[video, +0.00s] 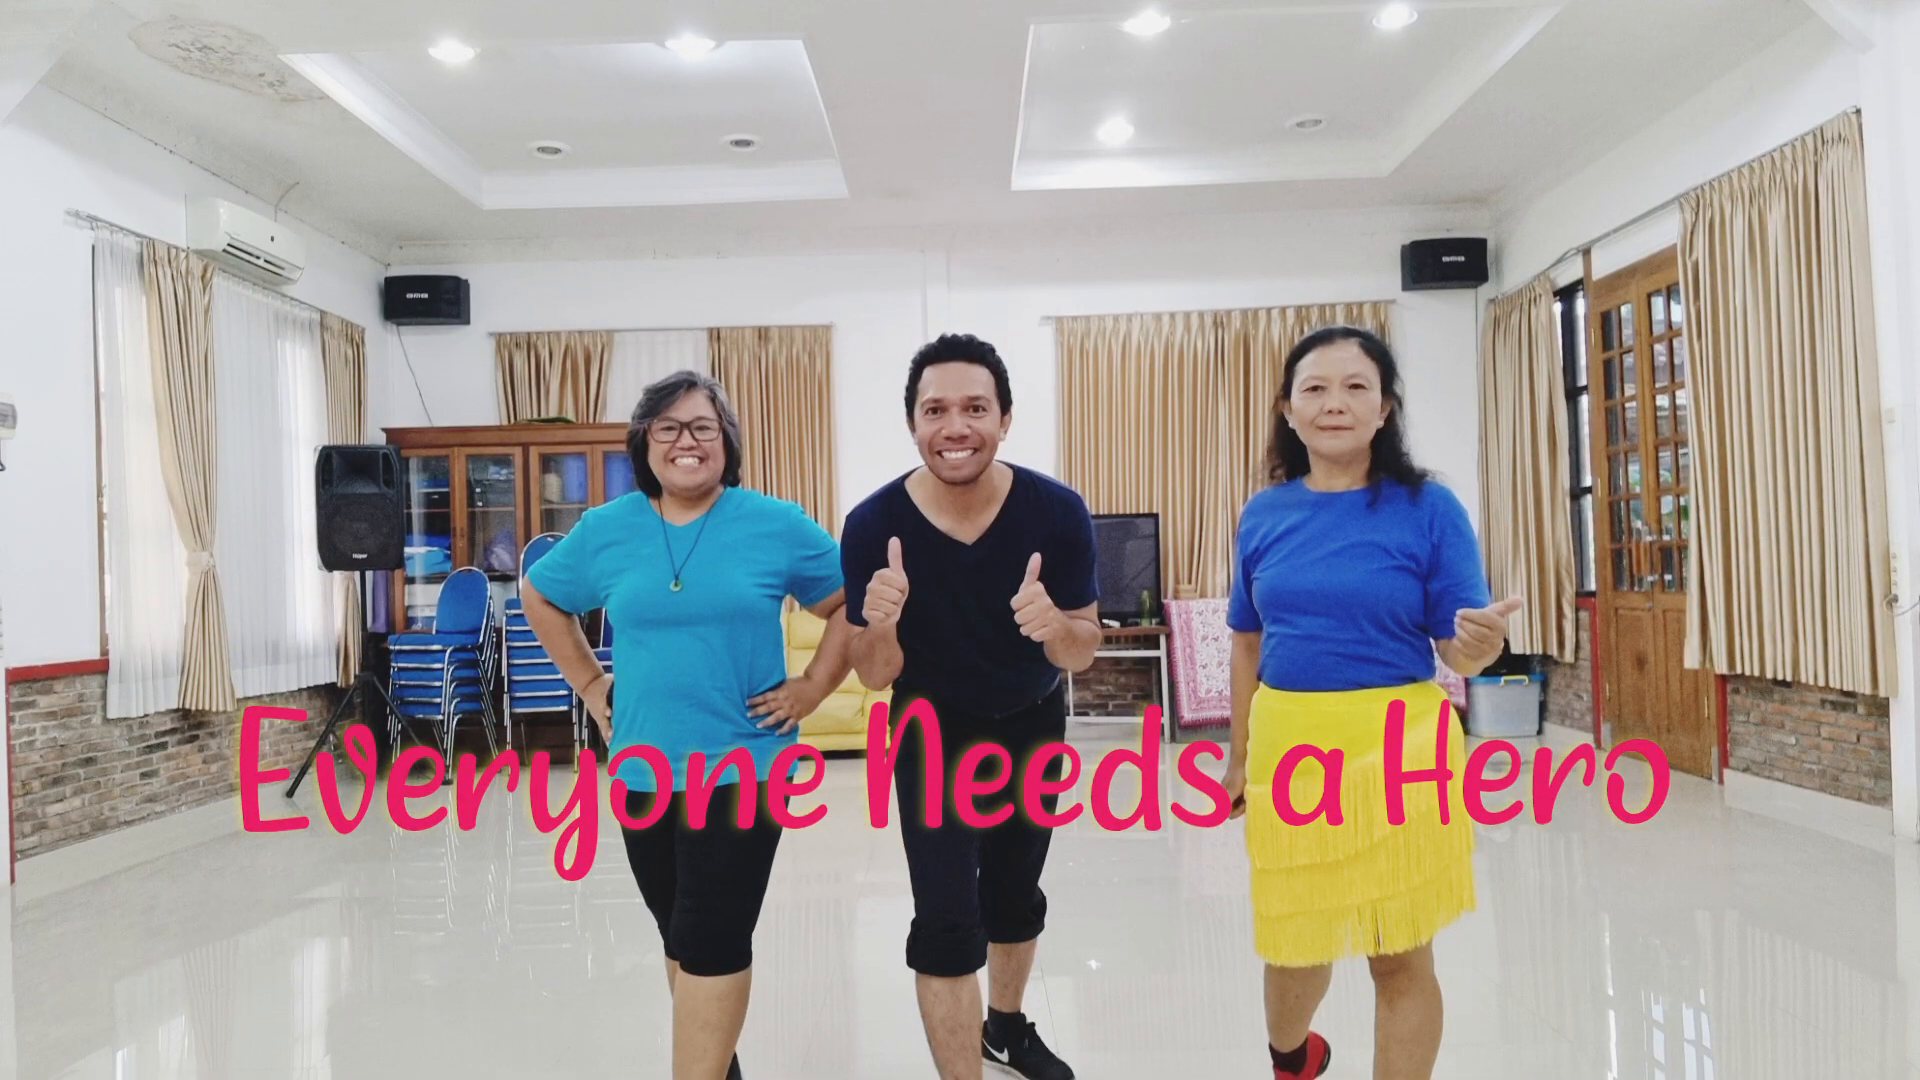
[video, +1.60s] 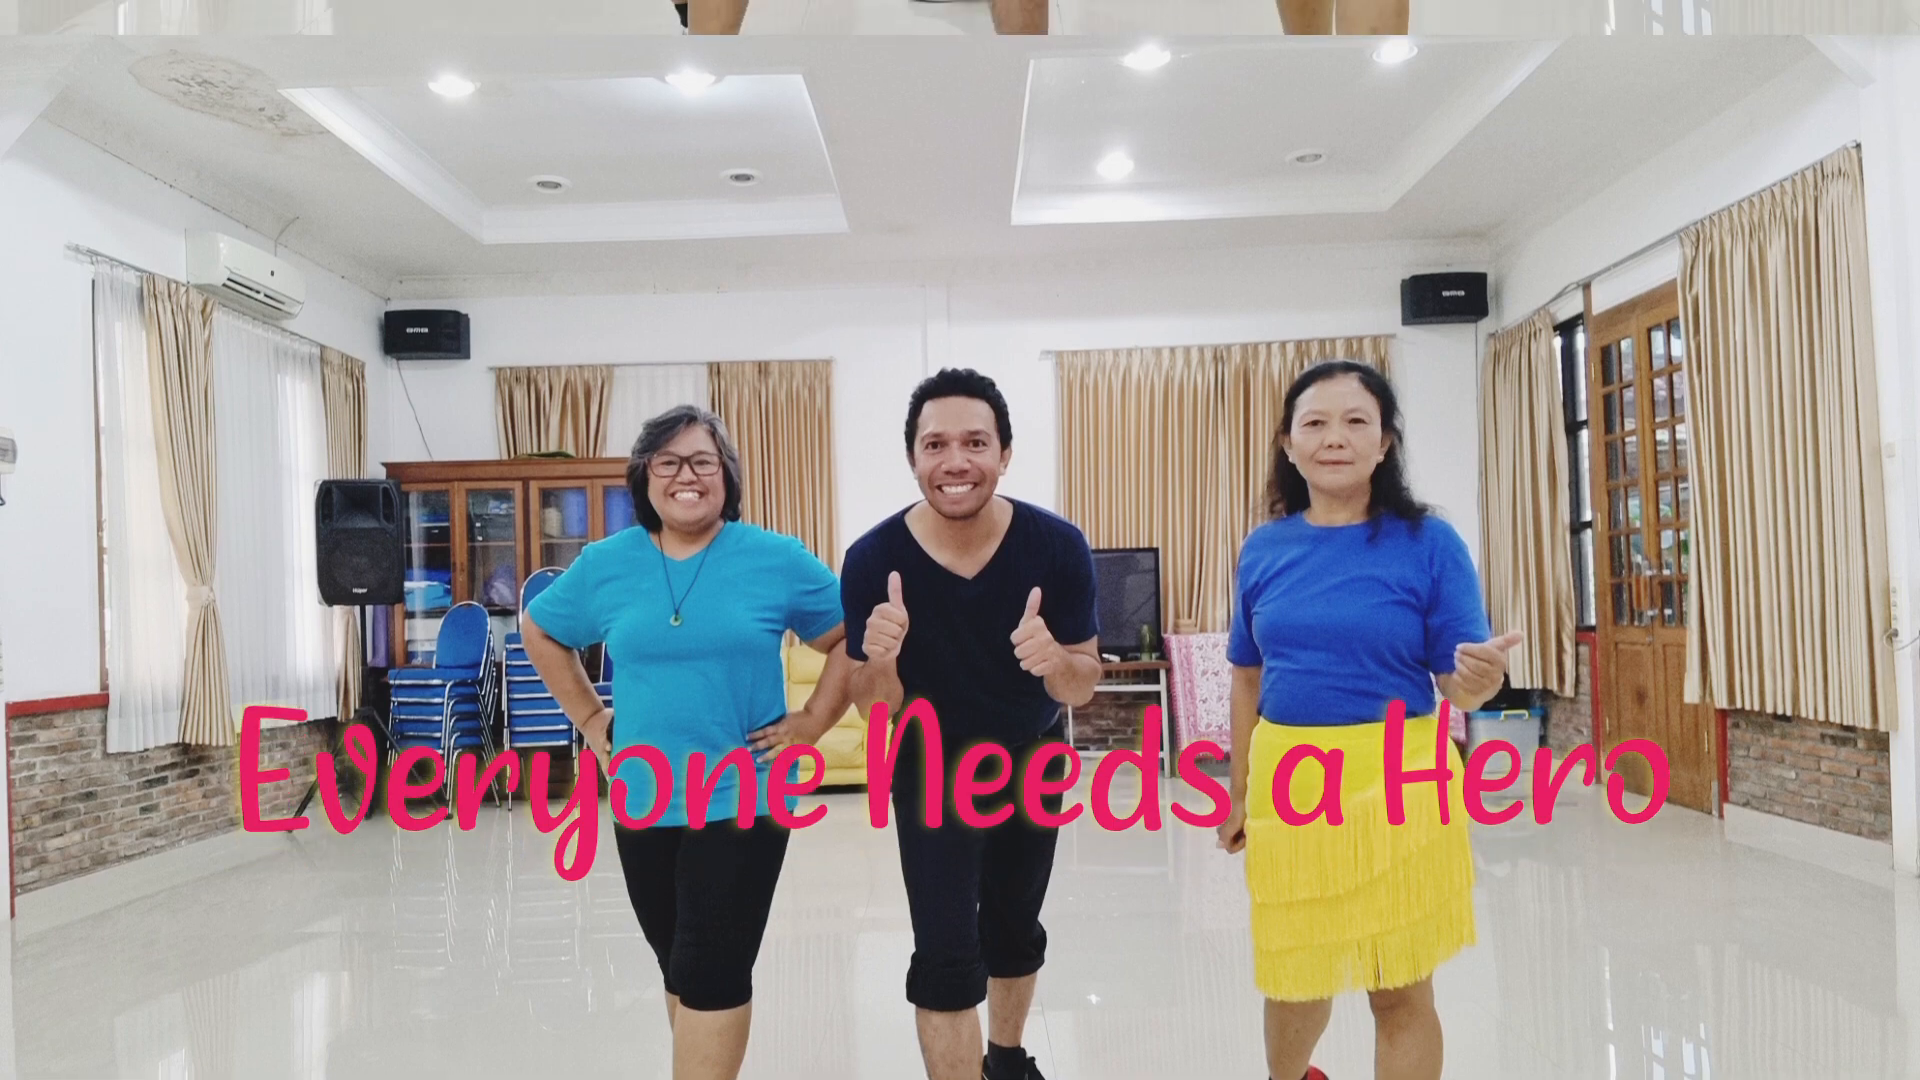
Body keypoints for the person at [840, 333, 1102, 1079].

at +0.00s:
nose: (956, 427)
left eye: (975, 408)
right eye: (936, 410)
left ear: (1004, 420)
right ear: (913, 424)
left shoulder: (1059, 514)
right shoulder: (873, 526)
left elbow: (1081, 654)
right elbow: (875, 673)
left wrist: (1054, 626)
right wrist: (880, 627)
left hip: (1030, 722)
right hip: (930, 725)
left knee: (1016, 894)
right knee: (949, 920)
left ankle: (1006, 1026)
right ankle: (959, 1076)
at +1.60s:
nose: (955, 462)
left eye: (974, 443)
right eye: (936, 444)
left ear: (1004, 455)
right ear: (913, 459)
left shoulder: (1057, 547)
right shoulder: (872, 561)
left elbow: (1082, 689)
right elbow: (872, 699)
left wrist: (1053, 662)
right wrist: (879, 662)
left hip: (1029, 765)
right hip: (932, 768)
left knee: (1013, 931)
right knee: (947, 957)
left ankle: (1007, 1059)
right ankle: (956, 1079)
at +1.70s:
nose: (955, 544)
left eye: (975, 525)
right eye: (936, 528)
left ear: (1004, 537)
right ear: (912, 542)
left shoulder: (1056, 629)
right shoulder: (873, 641)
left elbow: (1088, 753)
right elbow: (872, 786)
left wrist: (1054, 742)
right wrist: (885, 733)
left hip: (1029, 855)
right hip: (930, 856)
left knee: (1014, 1027)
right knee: (948, 1040)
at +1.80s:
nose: (955, 705)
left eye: (976, 685)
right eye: (935, 687)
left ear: (1005, 698)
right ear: (913, 701)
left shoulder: (1049, 781)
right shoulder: (873, 800)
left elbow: (1081, 930)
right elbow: (875, 952)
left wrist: (1055, 902)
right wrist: (880, 904)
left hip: (1028, 999)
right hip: (929, 1001)